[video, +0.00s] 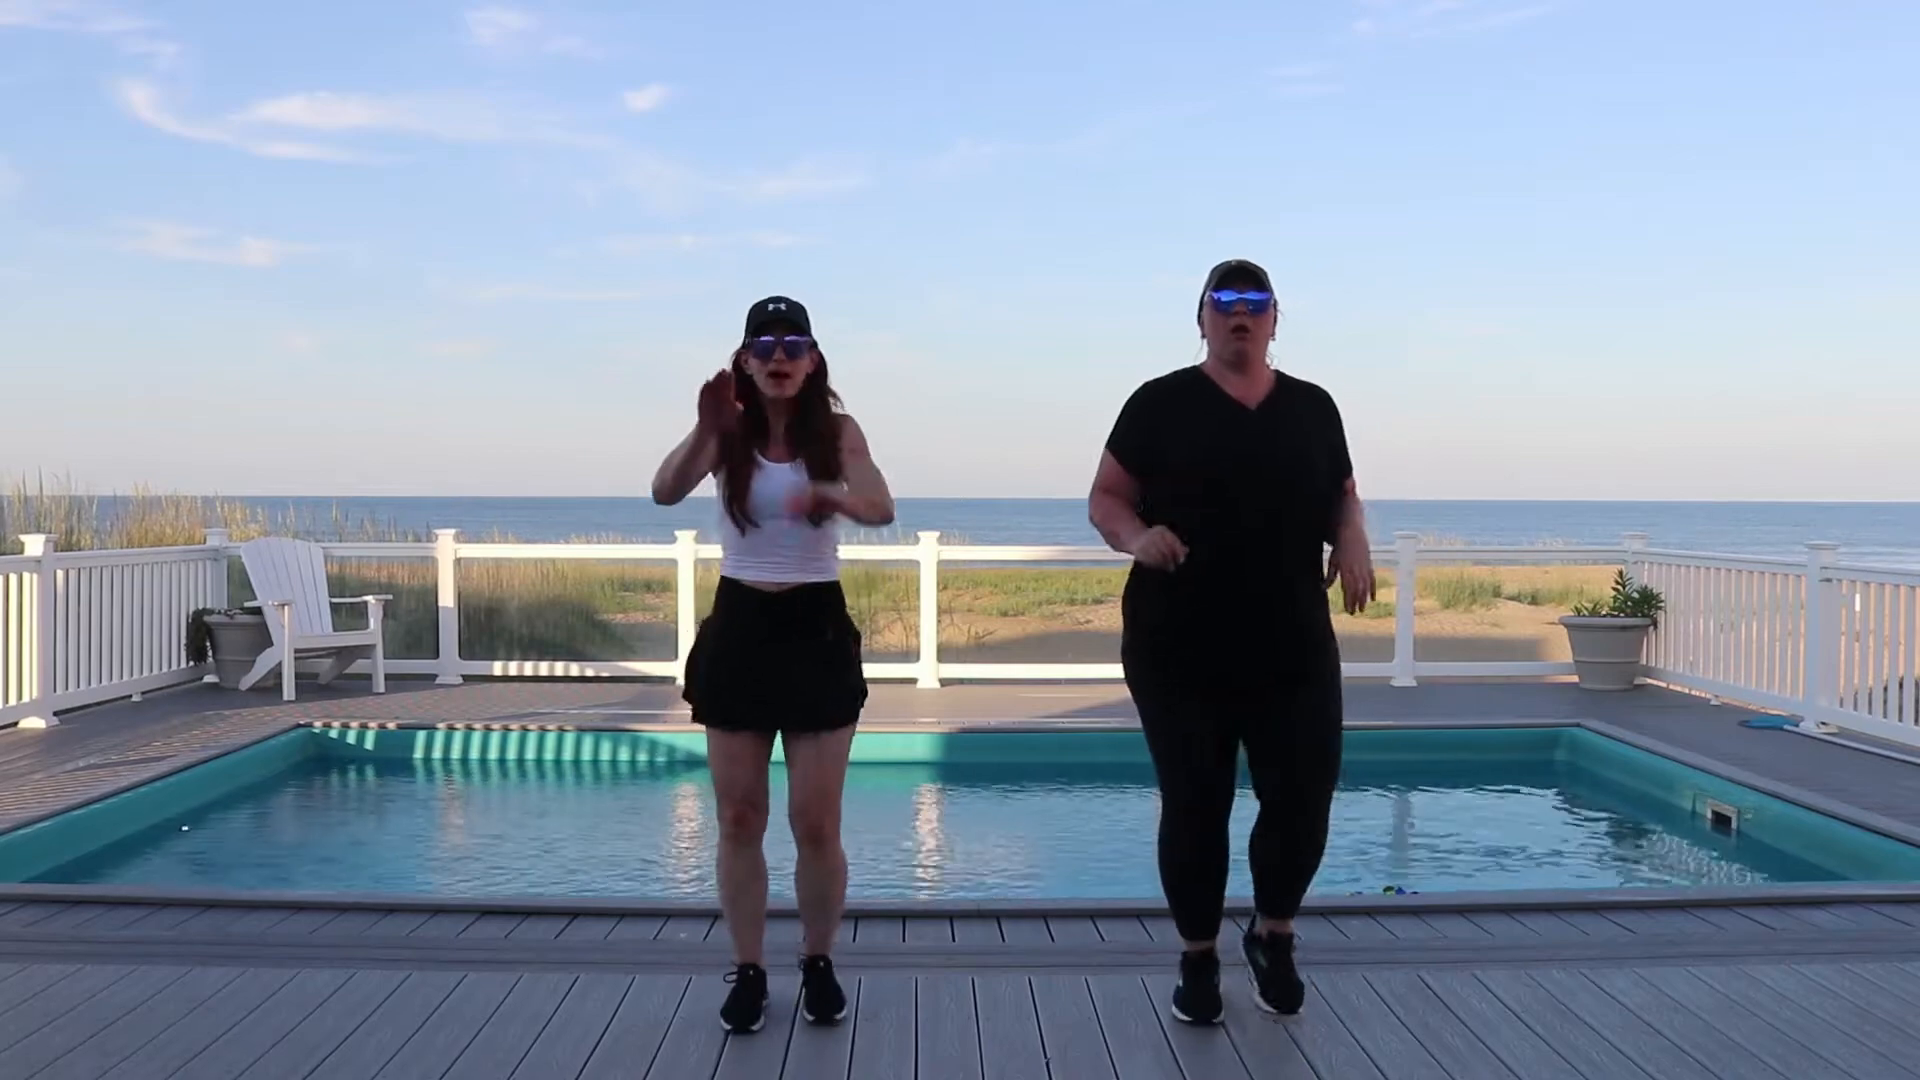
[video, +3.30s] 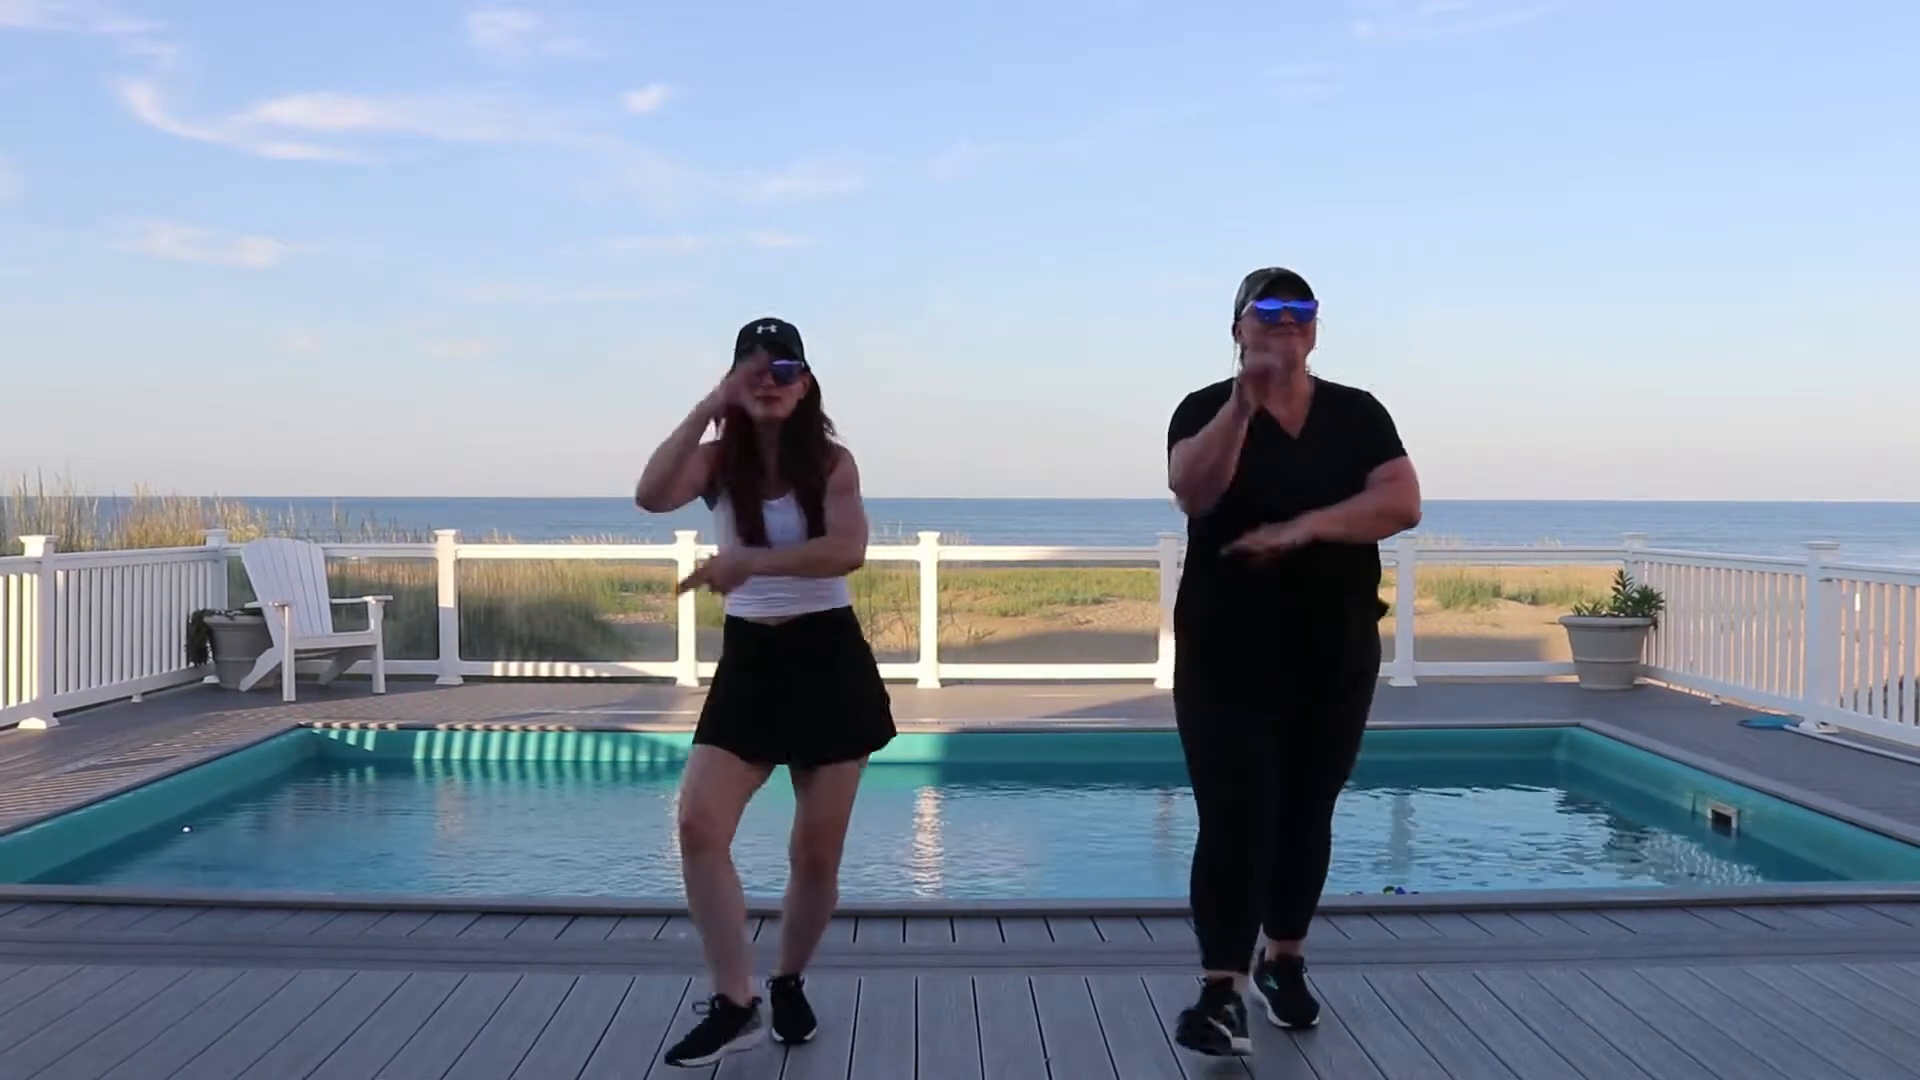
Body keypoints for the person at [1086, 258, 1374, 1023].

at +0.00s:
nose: (1240, 311)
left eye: (1254, 301)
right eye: (1225, 301)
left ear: (1274, 319)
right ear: (1202, 318)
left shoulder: (1313, 408)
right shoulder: (1158, 404)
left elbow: (1342, 496)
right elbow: (1106, 499)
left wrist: (1351, 537)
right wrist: (1135, 535)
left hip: (1289, 634)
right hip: (1180, 638)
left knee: (1303, 794)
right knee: (1195, 798)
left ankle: (1273, 936)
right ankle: (1198, 955)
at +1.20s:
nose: (1257, 327)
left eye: (1271, 316)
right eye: (1241, 315)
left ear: (1288, 327)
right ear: (1214, 325)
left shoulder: (1325, 406)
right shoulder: (1168, 399)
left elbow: (1368, 516)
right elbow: (1111, 472)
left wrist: (1403, 432)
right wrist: (1113, 521)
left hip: (1294, 644)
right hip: (1183, 642)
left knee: (1296, 811)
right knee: (1186, 807)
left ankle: (1278, 971)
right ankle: (1184, 944)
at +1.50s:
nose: (1264, 359)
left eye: (1278, 344)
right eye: (1249, 343)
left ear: (1296, 338)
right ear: (1223, 335)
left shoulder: (1333, 413)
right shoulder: (1176, 417)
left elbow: (1392, 490)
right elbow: (1120, 528)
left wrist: (1431, 527)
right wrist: (1148, 505)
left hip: (1298, 656)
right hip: (1189, 654)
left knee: (1268, 808)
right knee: (1194, 808)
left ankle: (1250, 956)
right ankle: (1192, 958)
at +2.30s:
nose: (1249, 323)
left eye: (1263, 312)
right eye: (1233, 311)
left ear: (1281, 325)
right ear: (1207, 323)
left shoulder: (1326, 407)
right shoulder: (1169, 401)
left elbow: (1409, 464)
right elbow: (1164, 488)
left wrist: (1415, 490)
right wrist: (1251, 516)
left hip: (1295, 651)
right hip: (1184, 651)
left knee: (1302, 808)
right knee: (1198, 813)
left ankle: (1263, 944)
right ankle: (1199, 958)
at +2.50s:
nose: (1260, 316)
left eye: (1273, 306)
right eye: (1244, 306)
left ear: (1291, 324)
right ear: (1218, 323)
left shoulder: (1327, 412)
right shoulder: (1181, 405)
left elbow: (1368, 494)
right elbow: (1167, 508)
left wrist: (1362, 387)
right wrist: (1284, 518)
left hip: (1293, 645)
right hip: (1184, 646)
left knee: (1303, 808)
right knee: (1193, 808)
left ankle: (1324, 978)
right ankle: (1198, 962)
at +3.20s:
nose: (1287, 326)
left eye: (1299, 315)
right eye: (1271, 315)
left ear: (1315, 329)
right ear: (1241, 328)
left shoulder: (1356, 406)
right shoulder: (1206, 402)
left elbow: (1411, 478)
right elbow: (1174, 465)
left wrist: (1349, 507)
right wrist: (1221, 493)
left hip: (1331, 656)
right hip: (1221, 655)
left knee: (1305, 813)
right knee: (1222, 814)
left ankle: (1284, 964)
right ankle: (1219, 970)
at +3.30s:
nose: (1286, 329)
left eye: (1299, 319)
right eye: (1270, 318)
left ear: (1315, 332)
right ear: (1239, 330)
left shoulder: (1356, 411)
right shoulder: (1203, 411)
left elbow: (1402, 503)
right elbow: (1193, 493)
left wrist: (1302, 526)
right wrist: (1242, 402)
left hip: (1331, 659)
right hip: (1225, 658)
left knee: (1308, 815)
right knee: (1232, 818)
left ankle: (1284, 959)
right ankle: (1220, 989)